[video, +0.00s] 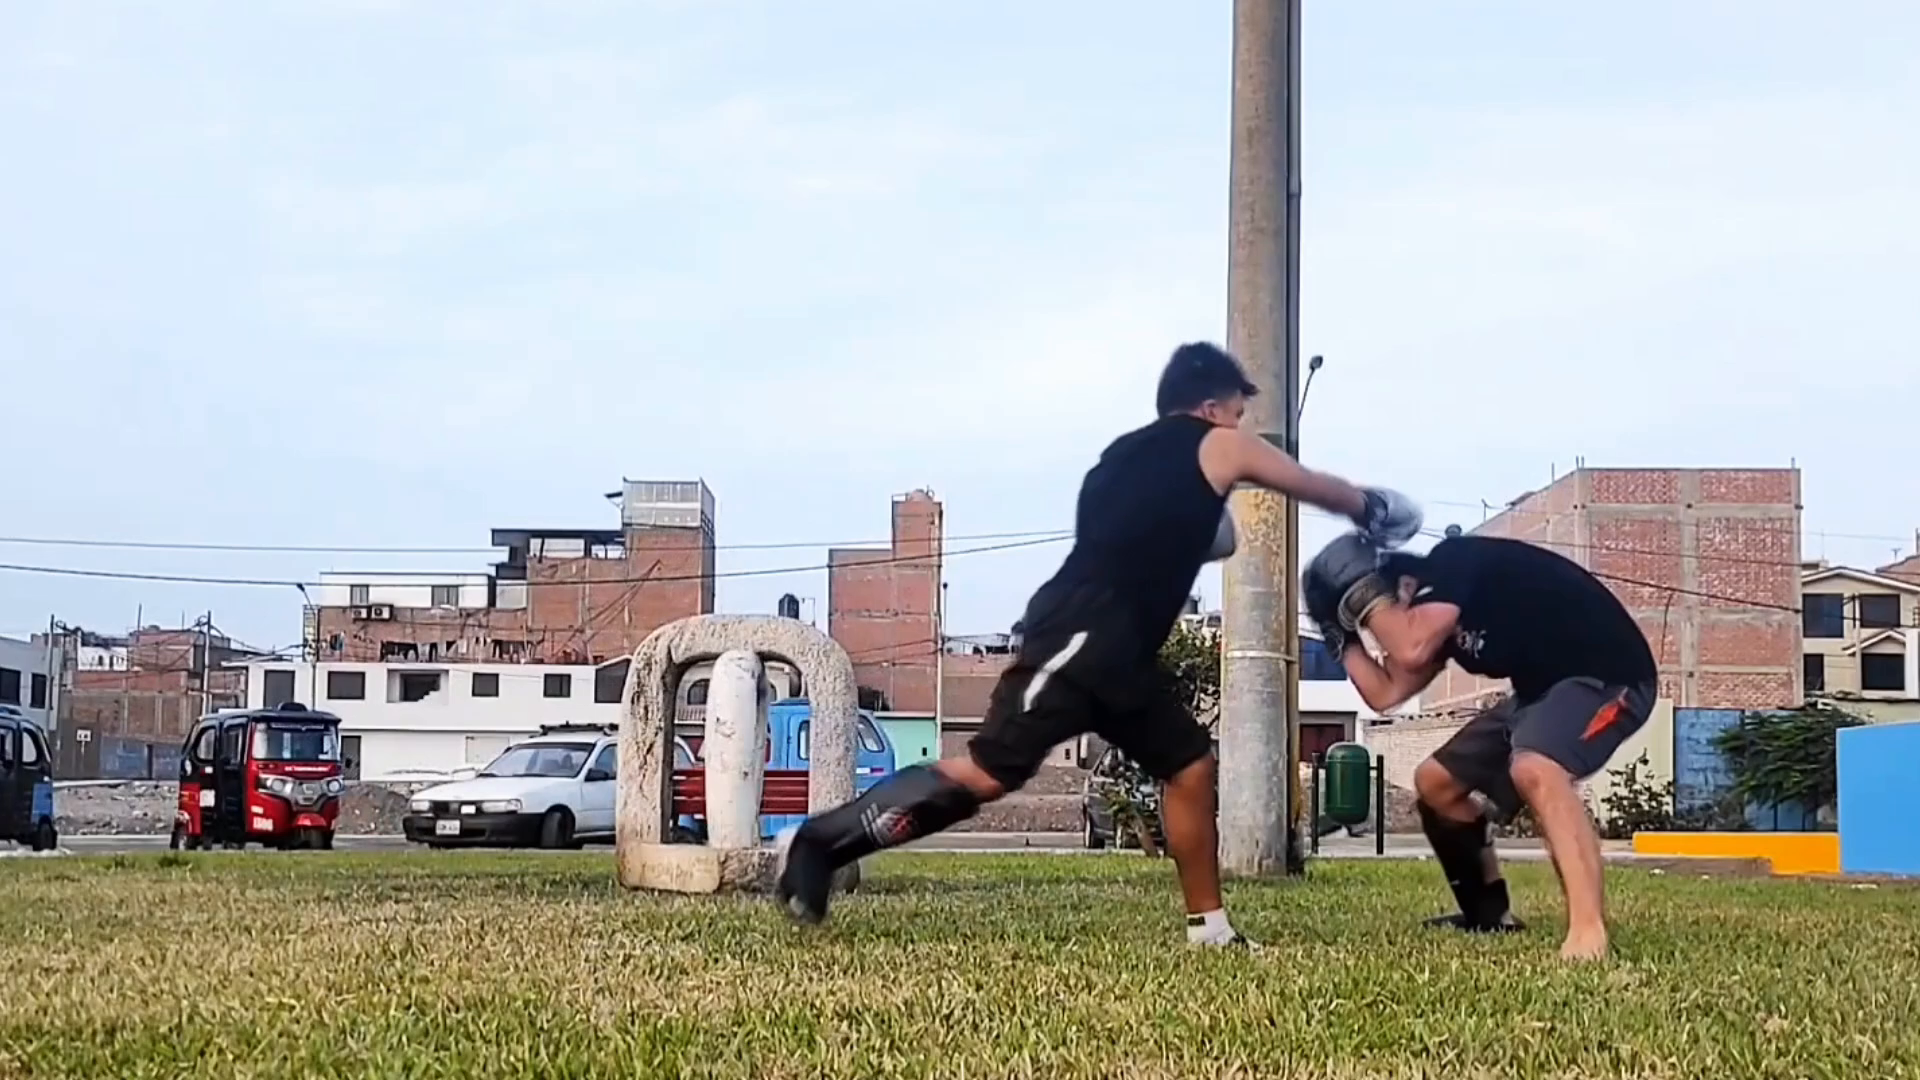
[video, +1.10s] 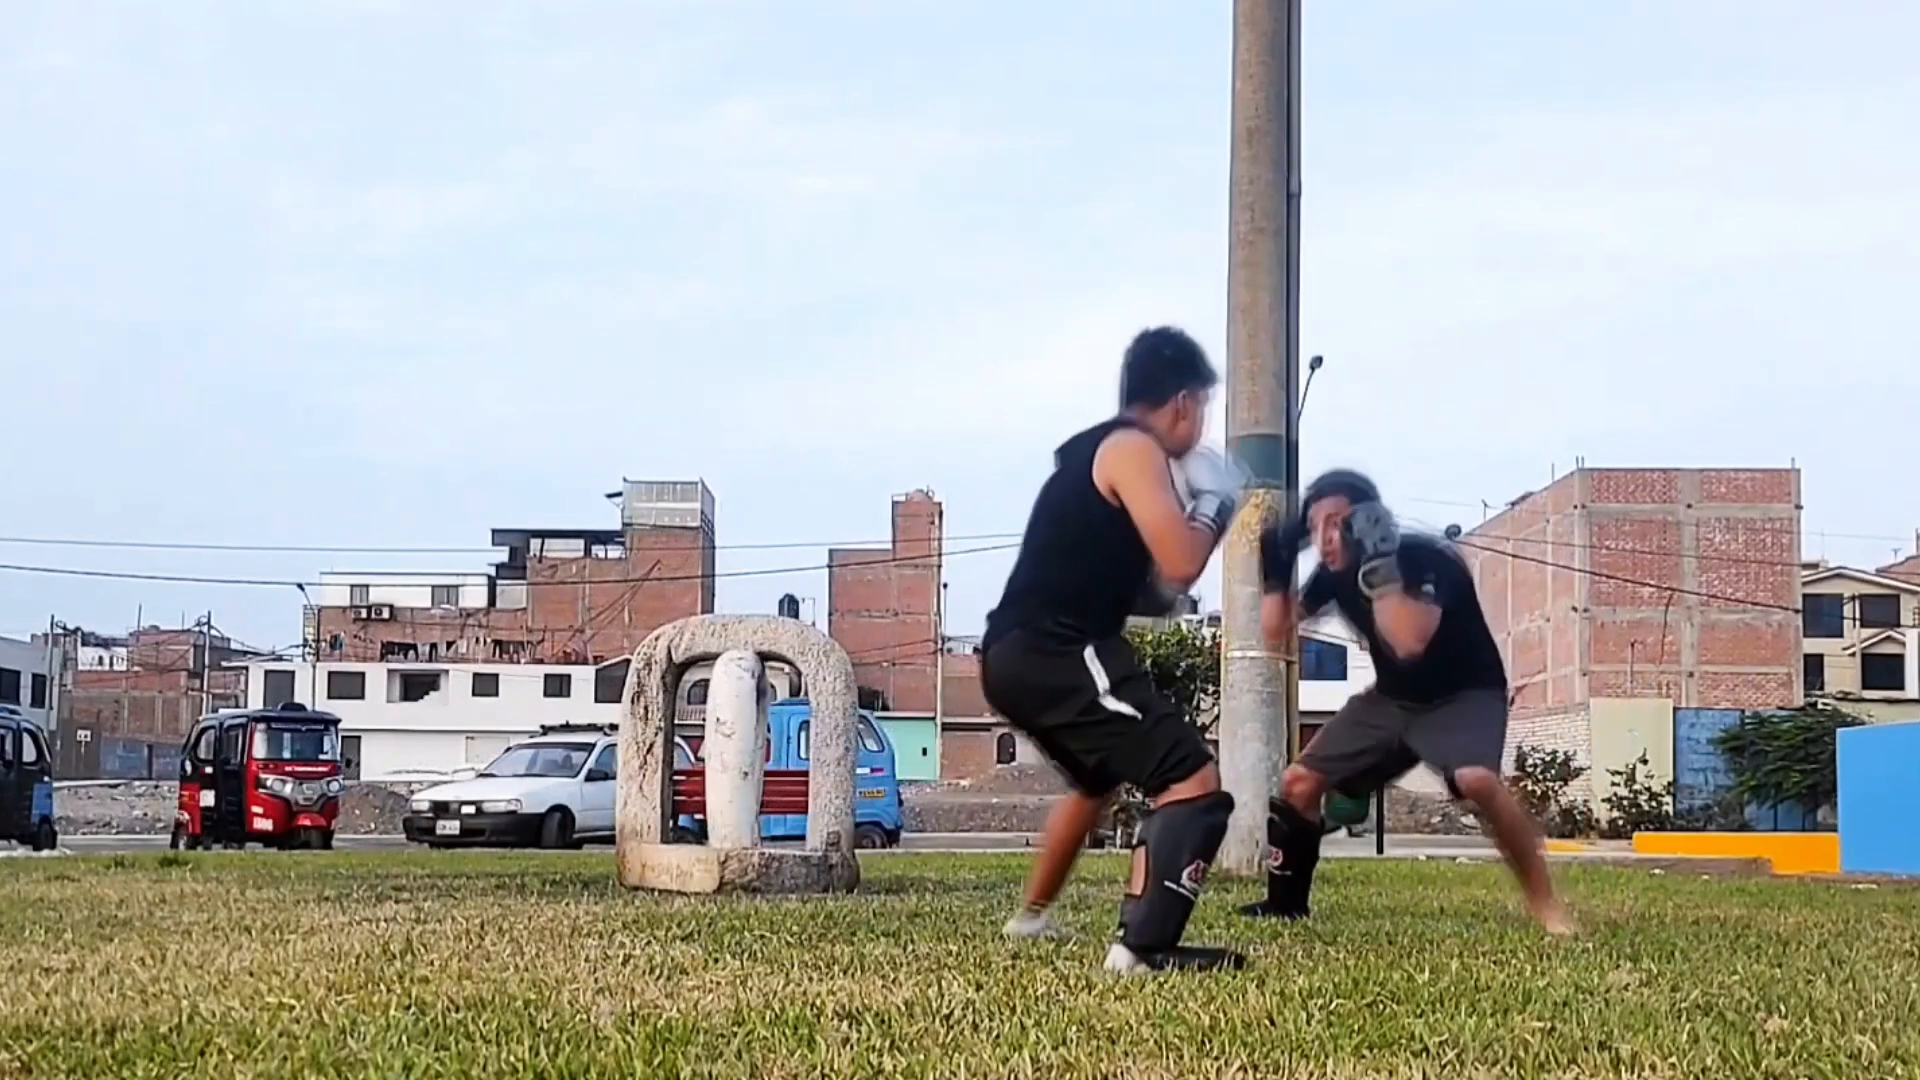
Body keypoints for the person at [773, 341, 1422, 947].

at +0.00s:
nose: (1248, 424)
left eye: (1247, 413)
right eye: (1243, 411)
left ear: (1182, 405)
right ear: (1213, 405)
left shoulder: (1125, 455)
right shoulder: (1217, 445)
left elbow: (1142, 531)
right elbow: (1323, 491)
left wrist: (1214, 536)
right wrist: (1373, 504)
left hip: (1110, 651)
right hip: (1083, 639)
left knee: (1189, 764)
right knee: (986, 773)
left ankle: (1211, 927)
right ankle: (823, 844)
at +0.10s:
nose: (1260, 416)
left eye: (1260, 405)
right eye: (1257, 403)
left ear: (1193, 393)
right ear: (1229, 398)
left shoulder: (1133, 447)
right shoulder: (1232, 440)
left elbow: (1159, 535)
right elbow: (1339, 511)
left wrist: (1234, 524)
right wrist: (1379, 514)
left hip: (1080, 621)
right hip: (1115, 626)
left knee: (1190, 764)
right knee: (1040, 760)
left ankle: (1210, 928)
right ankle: (887, 841)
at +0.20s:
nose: (1261, 404)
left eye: (1263, 390)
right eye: (1259, 389)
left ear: (1195, 382)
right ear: (1235, 388)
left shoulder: (1153, 436)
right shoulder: (1228, 432)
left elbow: (1197, 546)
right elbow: (1302, 525)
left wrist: (1276, 521)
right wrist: (1349, 508)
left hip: (1091, 613)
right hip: (1126, 617)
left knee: (1199, 763)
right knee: (1098, 758)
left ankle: (1209, 925)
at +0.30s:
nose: (1257, 392)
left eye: (1258, 376)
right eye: (1256, 376)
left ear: (1197, 372)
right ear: (1230, 376)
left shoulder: (1166, 432)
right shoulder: (1195, 426)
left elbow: (1218, 559)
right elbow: (1243, 541)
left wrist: (1273, 520)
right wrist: (1289, 496)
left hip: (1127, 632)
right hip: (1131, 630)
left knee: (1223, 763)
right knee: (1164, 778)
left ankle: (1213, 925)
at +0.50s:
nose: (1240, 340)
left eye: (1240, 326)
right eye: (1238, 324)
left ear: (1180, 322)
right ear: (1211, 323)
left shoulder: (1156, 386)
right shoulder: (1172, 384)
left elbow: (1227, 492)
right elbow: (1247, 490)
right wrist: (1263, 419)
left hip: (1151, 605)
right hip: (1138, 606)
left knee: (1210, 755)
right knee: (1169, 771)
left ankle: (1204, 920)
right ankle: (1101, 944)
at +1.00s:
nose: (1228, 378)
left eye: (1229, 362)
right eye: (1226, 361)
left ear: (1169, 355)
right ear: (1197, 358)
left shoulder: (1131, 412)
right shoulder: (1137, 413)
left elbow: (1175, 526)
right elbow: (1189, 527)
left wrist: (1225, 472)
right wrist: (1223, 465)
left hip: (1041, 619)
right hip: (1070, 622)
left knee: (1139, 754)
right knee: (1188, 766)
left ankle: (1105, 906)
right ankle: (1144, 946)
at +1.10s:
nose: (1199, 425)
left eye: (1201, 410)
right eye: (1200, 408)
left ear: (1137, 393)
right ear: (1178, 404)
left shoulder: (1092, 449)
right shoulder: (1133, 450)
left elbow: (1111, 580)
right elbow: (1180, 565)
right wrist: (1210, 510)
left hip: (1014, 655)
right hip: (1061, 655)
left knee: (1094, 780)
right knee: (1192, 781)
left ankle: (1030, 916)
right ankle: (1144, 947)